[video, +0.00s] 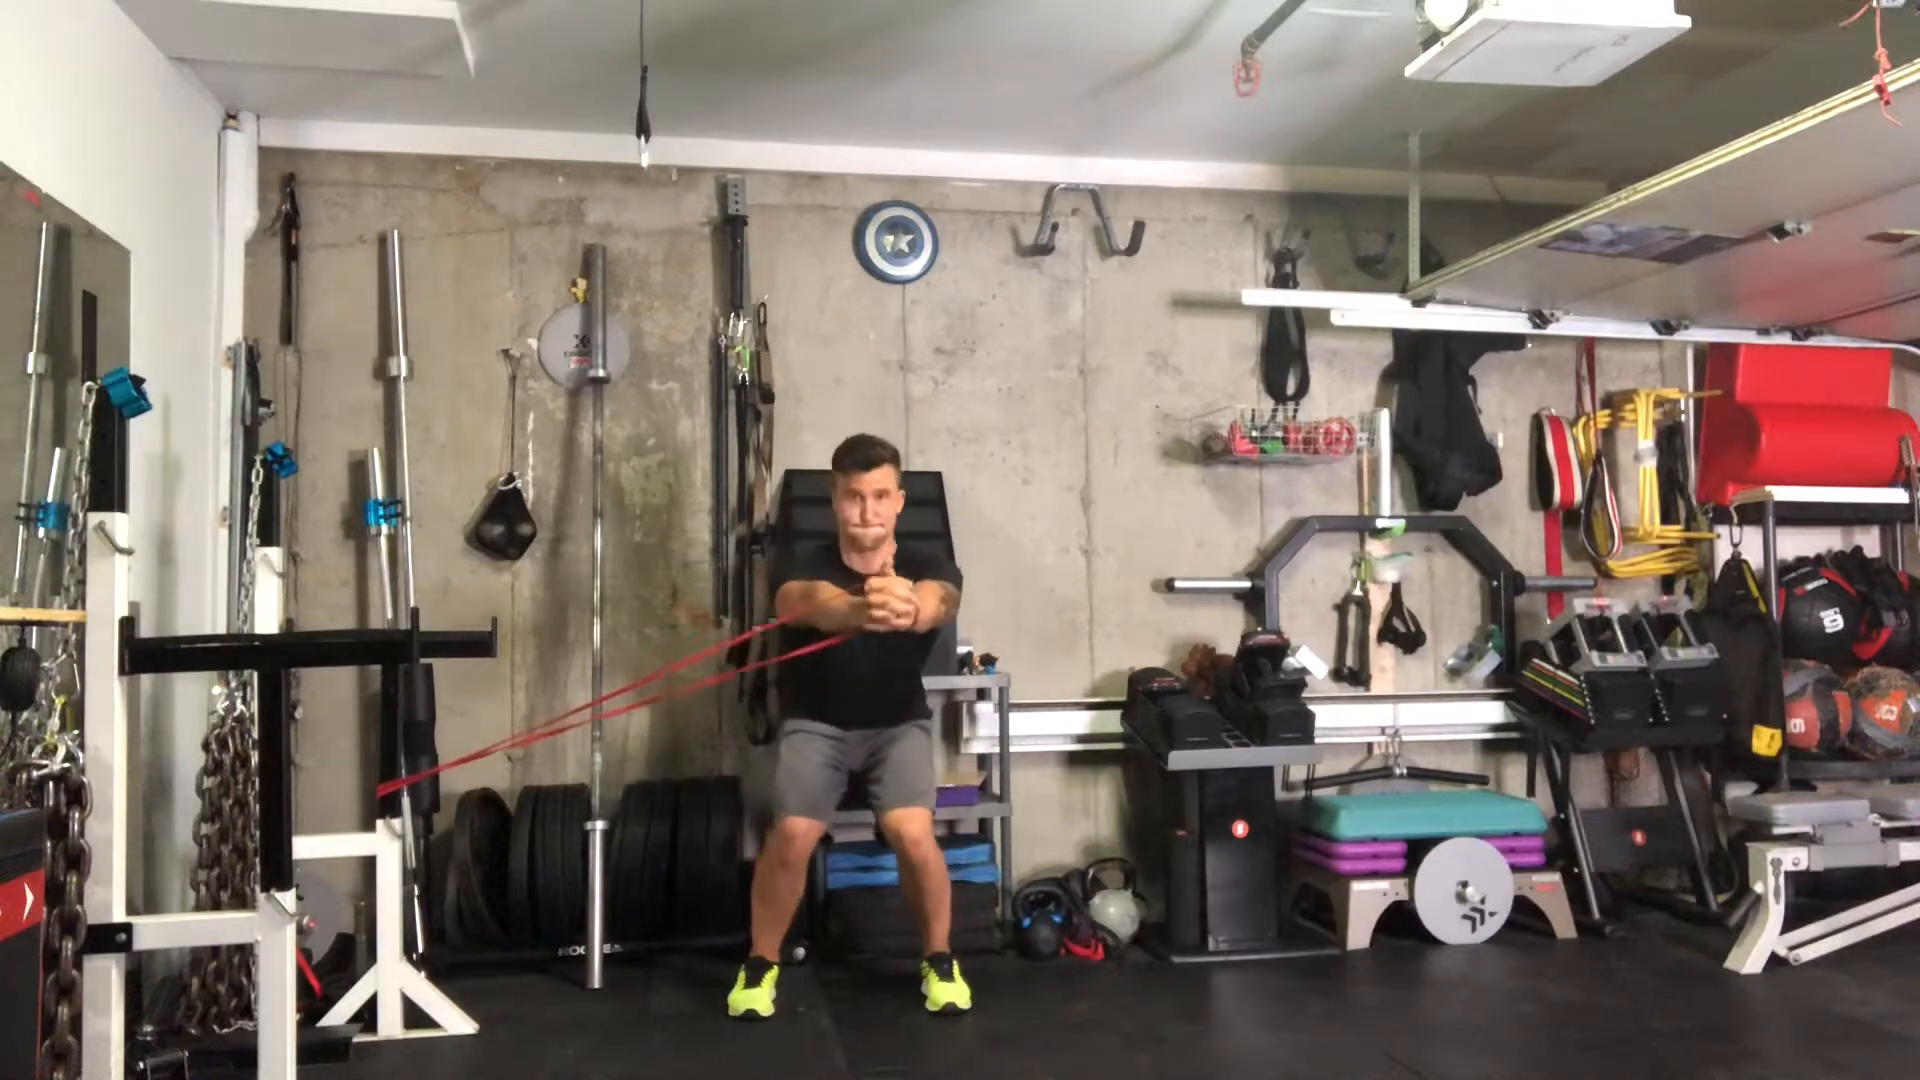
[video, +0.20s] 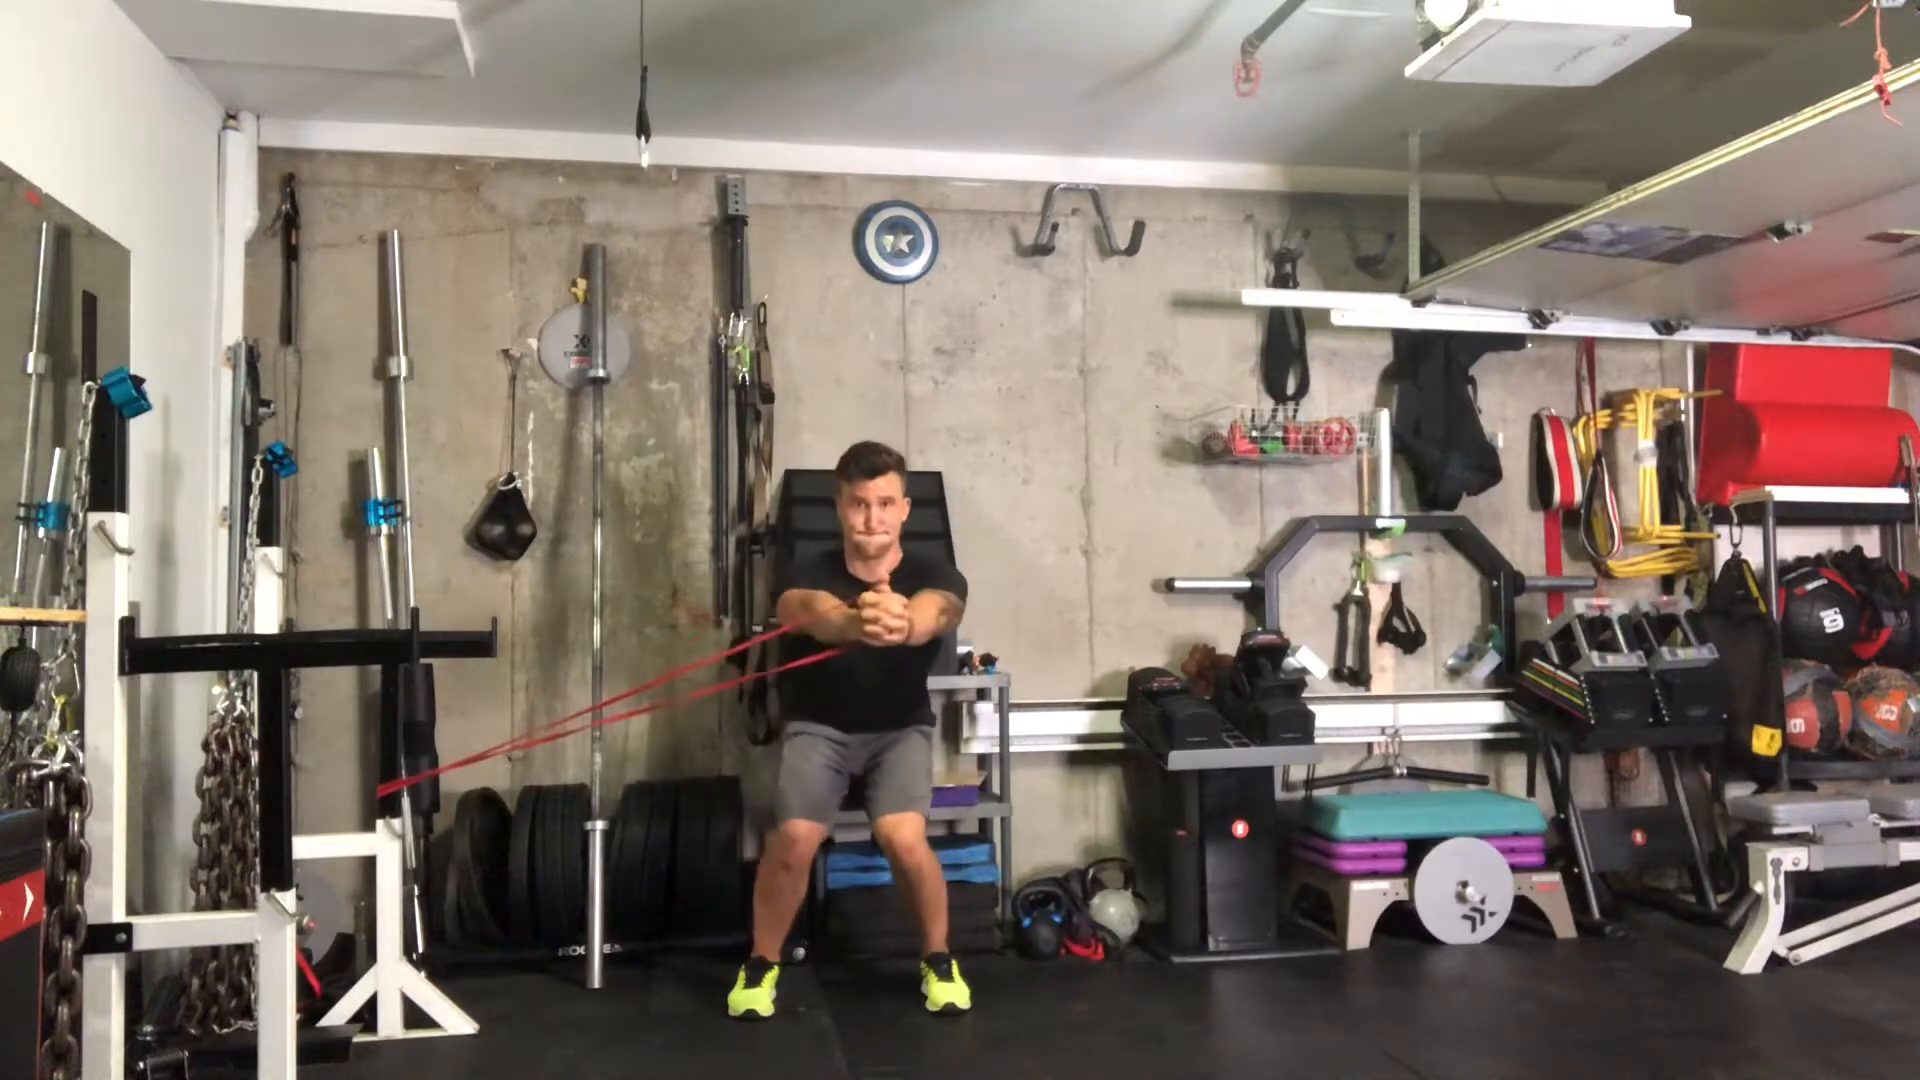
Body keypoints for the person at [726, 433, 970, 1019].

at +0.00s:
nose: (867, 513)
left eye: (880, 498)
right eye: (854, 499)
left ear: (900, 501)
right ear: (834, 502)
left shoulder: (929, 564)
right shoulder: (803, 567)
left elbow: (938, 600)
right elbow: (806, 606)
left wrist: (911, 608)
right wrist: (859, 611)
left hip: (900, 727)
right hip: (814, 727)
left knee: (909, 829)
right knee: (792, 833)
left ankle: (940, 962)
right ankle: (761, 967)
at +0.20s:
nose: (871, 520)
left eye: (885, 505)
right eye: (858, 506)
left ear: (905, 509)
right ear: (839, 509)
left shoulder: (935, 574)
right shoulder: (808, 576)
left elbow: (937, 609)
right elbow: (810, 617)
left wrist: (909, 623)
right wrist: (855, 623)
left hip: (901, 731)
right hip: (816, 730)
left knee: (901, 834)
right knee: (795, 835)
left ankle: (939, 961)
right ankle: (762, 967)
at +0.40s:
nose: (886, 530)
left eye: (899, 515)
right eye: (872, 516)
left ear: (919, 518)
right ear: (852, 519)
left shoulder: (953, 586)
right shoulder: (818, 586)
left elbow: (951, 621)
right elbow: (819, 630)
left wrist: (923, 633)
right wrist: (870, 636)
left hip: (912, 742)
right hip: (829, 739)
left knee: (907, 839)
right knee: (807, 845)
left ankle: (938, 961)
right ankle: (763, 966)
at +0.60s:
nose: (911, 524)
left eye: (925, 509)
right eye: (899, 510)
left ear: (950, 512)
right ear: (882, 518)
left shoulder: (986, 574)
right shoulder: (865, 591)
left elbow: (1013, 611)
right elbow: (877, 637)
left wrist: (1003, 618)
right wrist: (968, 632)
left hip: (967, 736)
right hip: (879, 742)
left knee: (1034, 818)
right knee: (832, 860)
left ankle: (994, 945)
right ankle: (765, 965)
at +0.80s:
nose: (1065, 471)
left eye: (1077, 456)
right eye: (1052, 458)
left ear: (1103, 456)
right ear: (1036, 464)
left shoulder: (1126, 527)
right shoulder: (1016, 542)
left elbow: (1167, 562)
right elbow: (1083, 573)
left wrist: (1210, 547)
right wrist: (1166, 561)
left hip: (1077, 711)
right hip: (991, 717)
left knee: (1170, 812)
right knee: (914, 834)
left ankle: (1190, 973)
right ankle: (780, 955)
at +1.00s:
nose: (1220, 456)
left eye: (1234, 442)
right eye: (1207, 443)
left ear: (1253, 449)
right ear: (1187, 449)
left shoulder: (1275, 516)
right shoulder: (1153, 525)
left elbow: (1325, 541)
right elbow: (1211, 553)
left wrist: (1332, 535)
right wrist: (1295, 551)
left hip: (1233, 680)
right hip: (1150, 681)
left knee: (1305, 792)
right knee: (1157, 804)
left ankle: (1245, 942)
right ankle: (1112, 958)